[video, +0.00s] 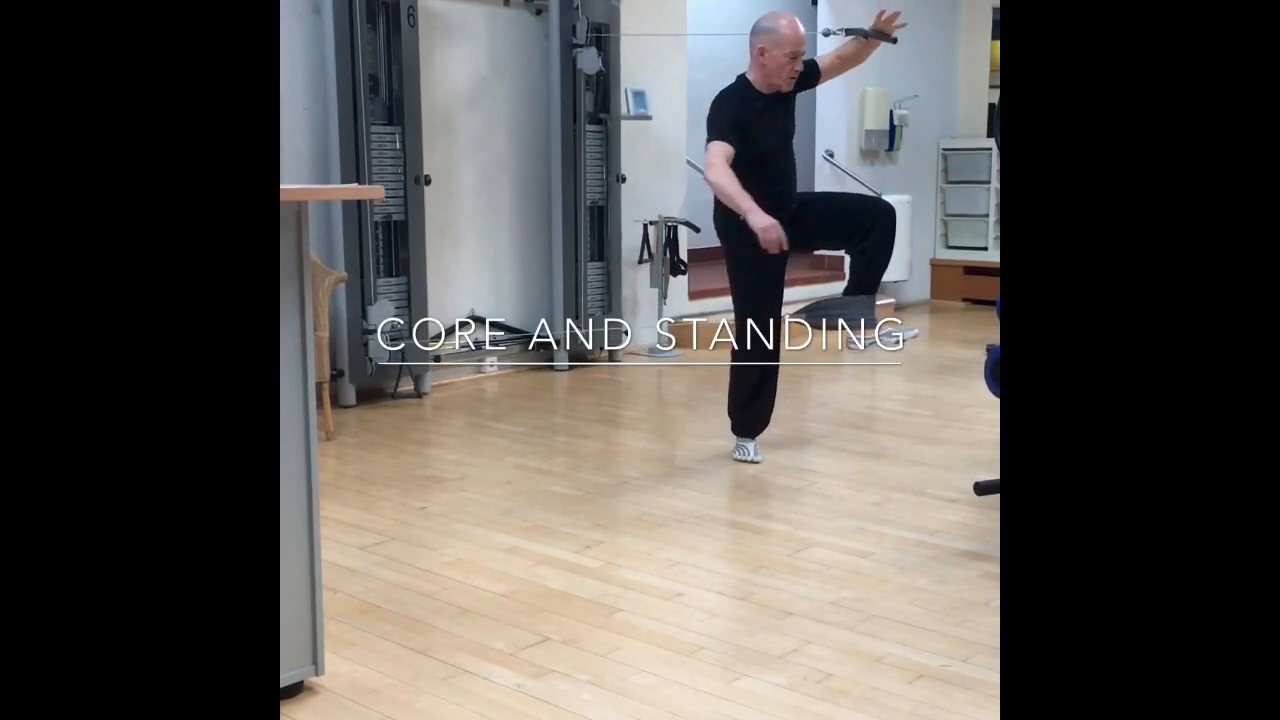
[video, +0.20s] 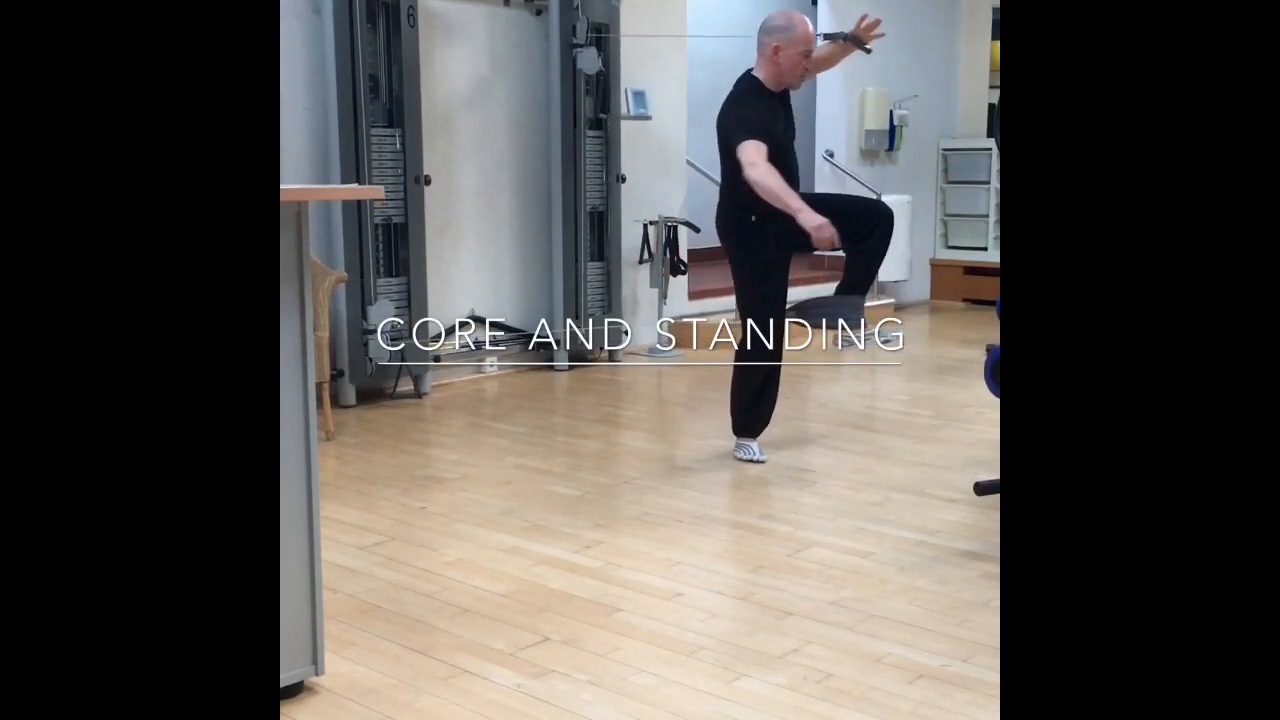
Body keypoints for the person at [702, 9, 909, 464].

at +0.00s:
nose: (802, 65)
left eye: (803, 56)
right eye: (794, 57)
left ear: (771, 55)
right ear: (761, 54)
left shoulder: (788, 82)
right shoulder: (731, 104)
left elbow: (839, 61)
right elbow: (715, 170)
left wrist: (875, 36)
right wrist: (755, 215)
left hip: (791, 213)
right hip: (748, 227)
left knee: (877, 216)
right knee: (758, 328)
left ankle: (856, 314)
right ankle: (745, 433)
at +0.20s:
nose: (810, 63)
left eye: (810, 56)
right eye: (804, 56)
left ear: (779, 53)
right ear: (774, 53)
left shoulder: (774, 84)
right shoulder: (746, 104)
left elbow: (814, 62)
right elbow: (755, 169)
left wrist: (852, 40)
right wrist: (805, 214)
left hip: (787, 211)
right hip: (751, 225)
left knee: (876, 217)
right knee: (762, 329)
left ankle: (845, 306)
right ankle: (746, 434)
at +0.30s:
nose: (812, 64)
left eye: (815, 57)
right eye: (809, 57)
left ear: (782, 52)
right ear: (782, 52)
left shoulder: (766, 84)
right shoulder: (755, 100)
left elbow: (805, 63)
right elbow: (779, 163)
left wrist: (837, 41)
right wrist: (835, 206)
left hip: (786, 216)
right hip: (754, 227)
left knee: (874, 218)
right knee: (764, 329)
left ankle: (839, 304)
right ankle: (746, 434)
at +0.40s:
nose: (816, 65)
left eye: (818, 57)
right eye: (813, 56)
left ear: (785, 50)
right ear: (788, 50)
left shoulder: (757, 81)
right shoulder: (760, 98)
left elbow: (796, 54)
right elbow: (802, 160)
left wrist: (825, 38)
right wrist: (866, 197)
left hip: (786, 214)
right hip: (757, 227)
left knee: (867, 221)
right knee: (766, 330)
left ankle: (829, 310)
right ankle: (747, 435)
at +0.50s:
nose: (819, 62)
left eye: (822, 54)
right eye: (817, 54)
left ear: (781, 50)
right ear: (791, 50)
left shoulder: (748, 80)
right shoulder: (770, 101)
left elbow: (779, 60)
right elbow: (819, 153)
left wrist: (814, 38)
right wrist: (889, 185)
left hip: (787, 214)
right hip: (760, 228)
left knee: (863, 226)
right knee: (768, 332)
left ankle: (822, 310)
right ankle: (747, 435)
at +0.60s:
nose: (819, 61)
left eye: (821, 51)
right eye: (818, 52)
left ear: (781, 48)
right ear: (798, 49)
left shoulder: (745, 79)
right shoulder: (780, 100)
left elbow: (773, 59)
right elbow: (836, 149)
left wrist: (813, 36)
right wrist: (911, 175)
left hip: (776, 212)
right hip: (764, 228)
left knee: (856, 224)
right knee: (771, 332)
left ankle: (813, 311)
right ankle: (747, 435)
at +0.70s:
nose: (825, 60)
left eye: (826, 50)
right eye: (823, 50)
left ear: (783, 46)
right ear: (805, 47)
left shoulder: (743, 80)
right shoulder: (797, 103)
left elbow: (765, 63)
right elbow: (855, 147)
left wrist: (794, 44)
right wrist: (933, 170)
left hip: (755, 211)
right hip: (767, 225)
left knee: (844, 225)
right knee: (773, 326)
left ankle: (804, 309)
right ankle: (748, 433)